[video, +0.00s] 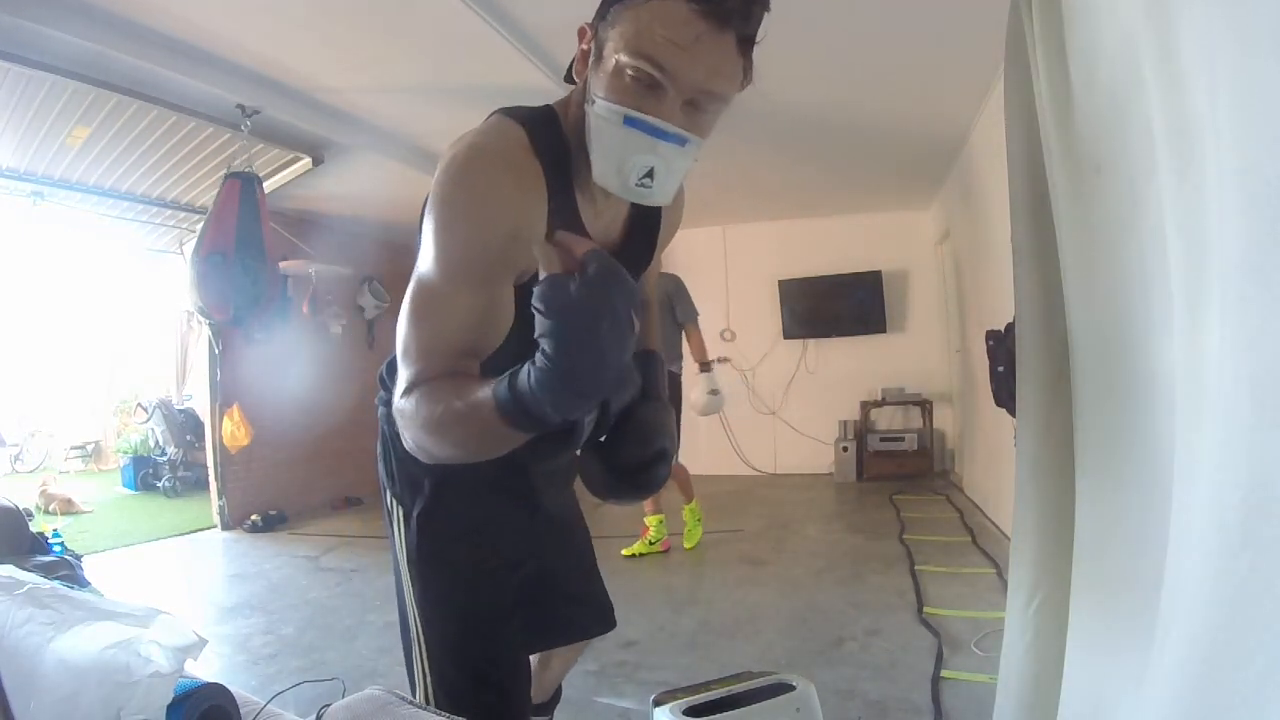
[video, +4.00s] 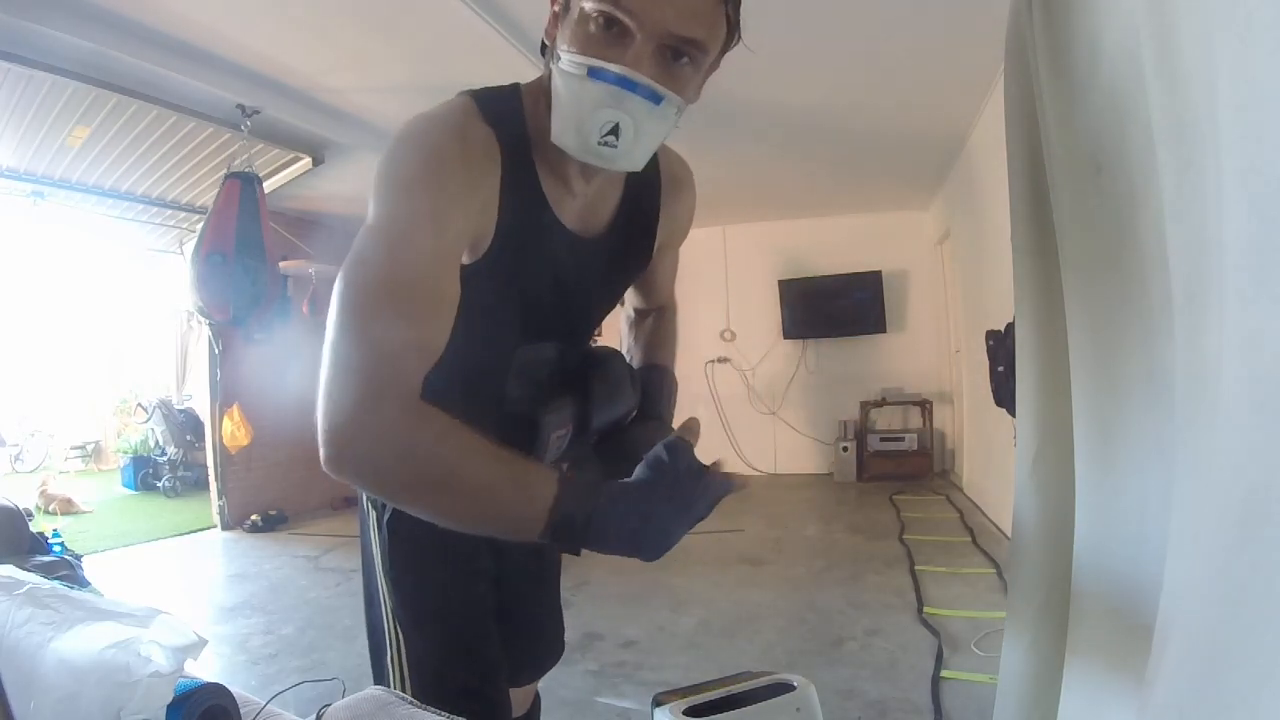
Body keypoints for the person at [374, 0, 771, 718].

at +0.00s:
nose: (666, 124)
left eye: (702, 102)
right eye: (643, 78)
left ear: (732, 99)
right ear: (585, 55)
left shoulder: (661, 195)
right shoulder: (492, 166)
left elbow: (635, 317)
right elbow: (424, 421)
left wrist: (640, 413)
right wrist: (548, 390)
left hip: (546, 444)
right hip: (449, 451)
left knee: (567, 623)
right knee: (482, 691)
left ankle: (532, 709)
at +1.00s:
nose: (741, 199)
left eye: (756, 187)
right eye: (742, 169)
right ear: (679, 117)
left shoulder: (612, 187)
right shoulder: (600, 186)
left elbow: (548, 351)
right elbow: (488, 397)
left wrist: (579, 441)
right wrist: (656, 425)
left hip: (467, 457)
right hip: (420, 461)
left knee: (509, 677)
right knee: (485, 703)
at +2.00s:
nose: (627, 106)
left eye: (672, 86)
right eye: (606, 58)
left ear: (707, 94)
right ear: (555, 41)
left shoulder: (654, 197)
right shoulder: (458, 168)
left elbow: (636, 303)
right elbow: (378, 427)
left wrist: (635, 386)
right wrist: (558, 469)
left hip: (533, 452)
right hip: (430, 462)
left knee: (531, 665)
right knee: (470, 700)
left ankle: (517, 712)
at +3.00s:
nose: (672, 105)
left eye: (707, 78)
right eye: (646, 58)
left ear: (728, 73)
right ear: (560, 28)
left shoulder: (669, 187)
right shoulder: (442, 165)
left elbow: (659, 300)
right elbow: (367, 405)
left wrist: (660, 407)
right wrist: (435, 437)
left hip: (545, 458)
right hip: (434, 471)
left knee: (527, 683)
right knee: (468, 704)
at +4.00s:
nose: (633, 74)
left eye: (679, 54)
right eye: (610, 26)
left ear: (711, 73)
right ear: (556, 20)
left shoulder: (664, 187)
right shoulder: (446, 152)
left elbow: (653, 309)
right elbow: (362, 431)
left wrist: (651, 418)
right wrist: (584, 512)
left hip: (535, 467)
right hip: (421, 469)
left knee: (521, 684)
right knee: (462, 704)